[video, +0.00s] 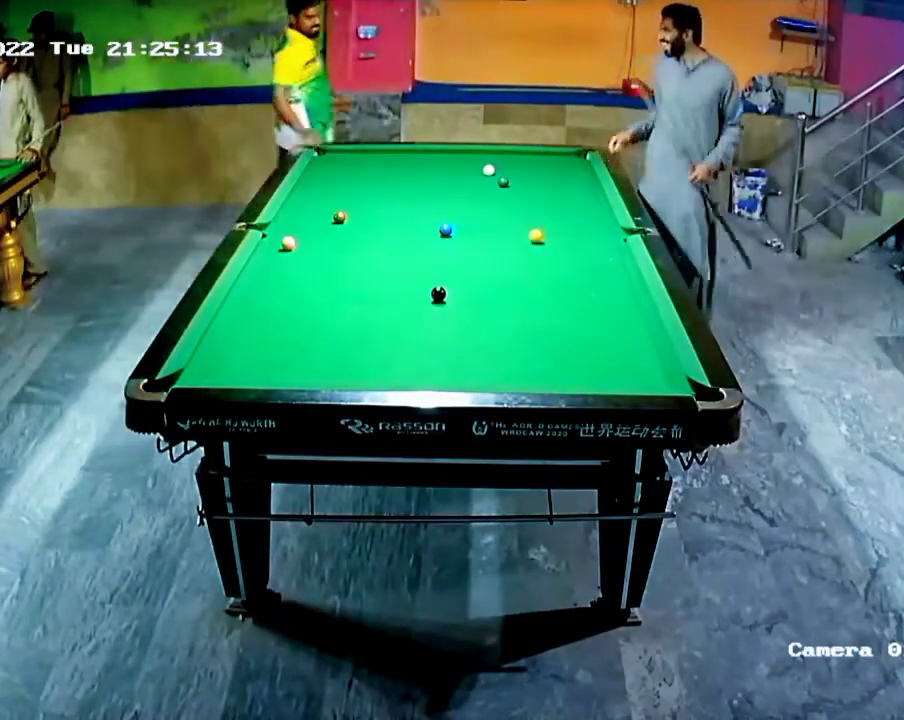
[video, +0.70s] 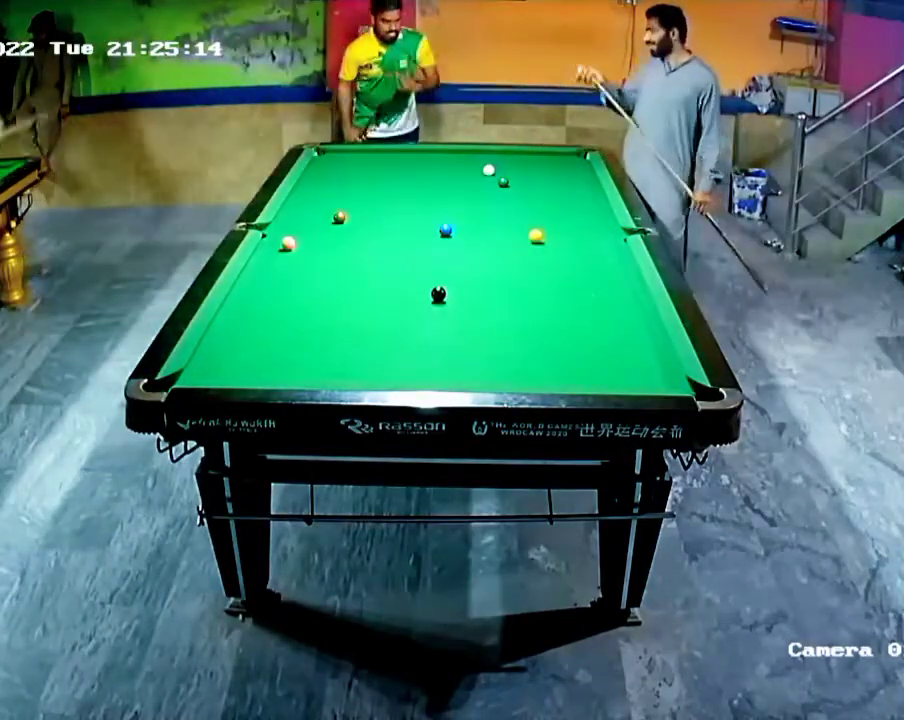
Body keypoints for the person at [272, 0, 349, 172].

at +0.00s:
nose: (316, 22)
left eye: (318, 16)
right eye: (309, 17)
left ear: (321, 15)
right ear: (294, 19)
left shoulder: (309, 45)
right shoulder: (291, 49)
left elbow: (305, 91)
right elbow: (279, 97)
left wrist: (331, 102)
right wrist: (302, 130)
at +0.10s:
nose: (337, 25)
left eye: (340, 18)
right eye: (330, 20)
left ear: (344, 17)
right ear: (315, 20)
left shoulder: (332, 48)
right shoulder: (313, 53)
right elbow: (304, 101)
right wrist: (333, 129)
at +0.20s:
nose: (354, 24)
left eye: (357, 17)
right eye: (346, 19)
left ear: (361, 16)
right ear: (331, 20)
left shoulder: (350, 44)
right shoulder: (329, 51)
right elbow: (323, 99)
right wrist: (361, 129)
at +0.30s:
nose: (361, 21)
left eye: (363, 15)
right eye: (353, 16)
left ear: (366, 13)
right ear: (338, 17)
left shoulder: (360, 40)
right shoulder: (333, 50)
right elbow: (329, 98)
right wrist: (366, 125)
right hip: (343, 124)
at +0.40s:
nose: (371, 21)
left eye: (375, 14)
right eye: (364, 16)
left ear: (378, 13)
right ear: (351, 15)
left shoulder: (388, 37)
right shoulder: (339, 51)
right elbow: (336, 97)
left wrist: (398, 81)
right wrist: (367, 126)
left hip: (384, 123)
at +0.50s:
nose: (380, 21)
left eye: (384, 15)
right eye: (373, 16)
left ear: (387, 13)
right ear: (360, 16)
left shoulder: (401, 37)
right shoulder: (347, 49)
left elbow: (414, 69)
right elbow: (337, 91)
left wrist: (407, 73)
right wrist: (355, 128)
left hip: (395, 131)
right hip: (363, 135)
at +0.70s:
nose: (393, 28)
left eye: (397, 21)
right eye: (386, 22)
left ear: (401, 18)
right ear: (373, 19)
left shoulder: (417, 42)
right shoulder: (357, 50)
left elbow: (433, 79)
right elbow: (344, 86)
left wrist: (417, 86)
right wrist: (347, 128)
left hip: (406, 131)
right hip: (371, 135)